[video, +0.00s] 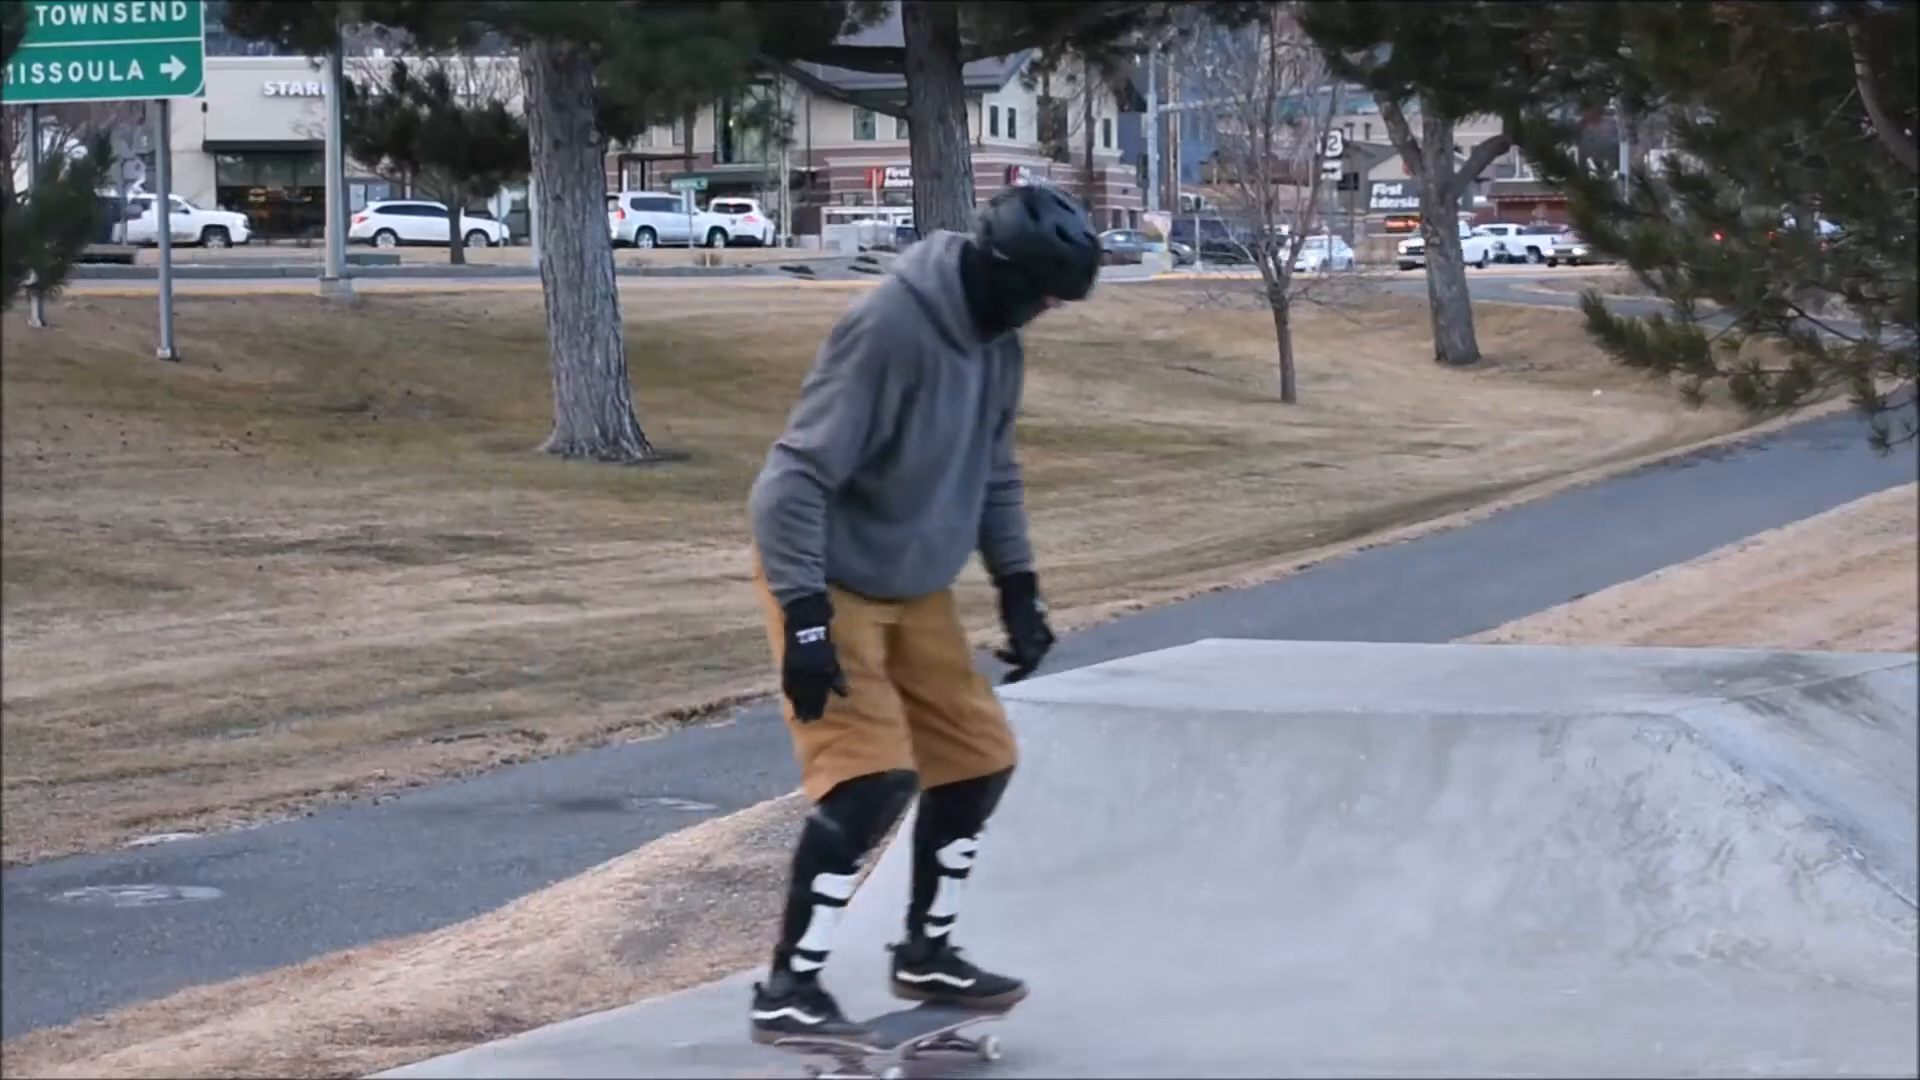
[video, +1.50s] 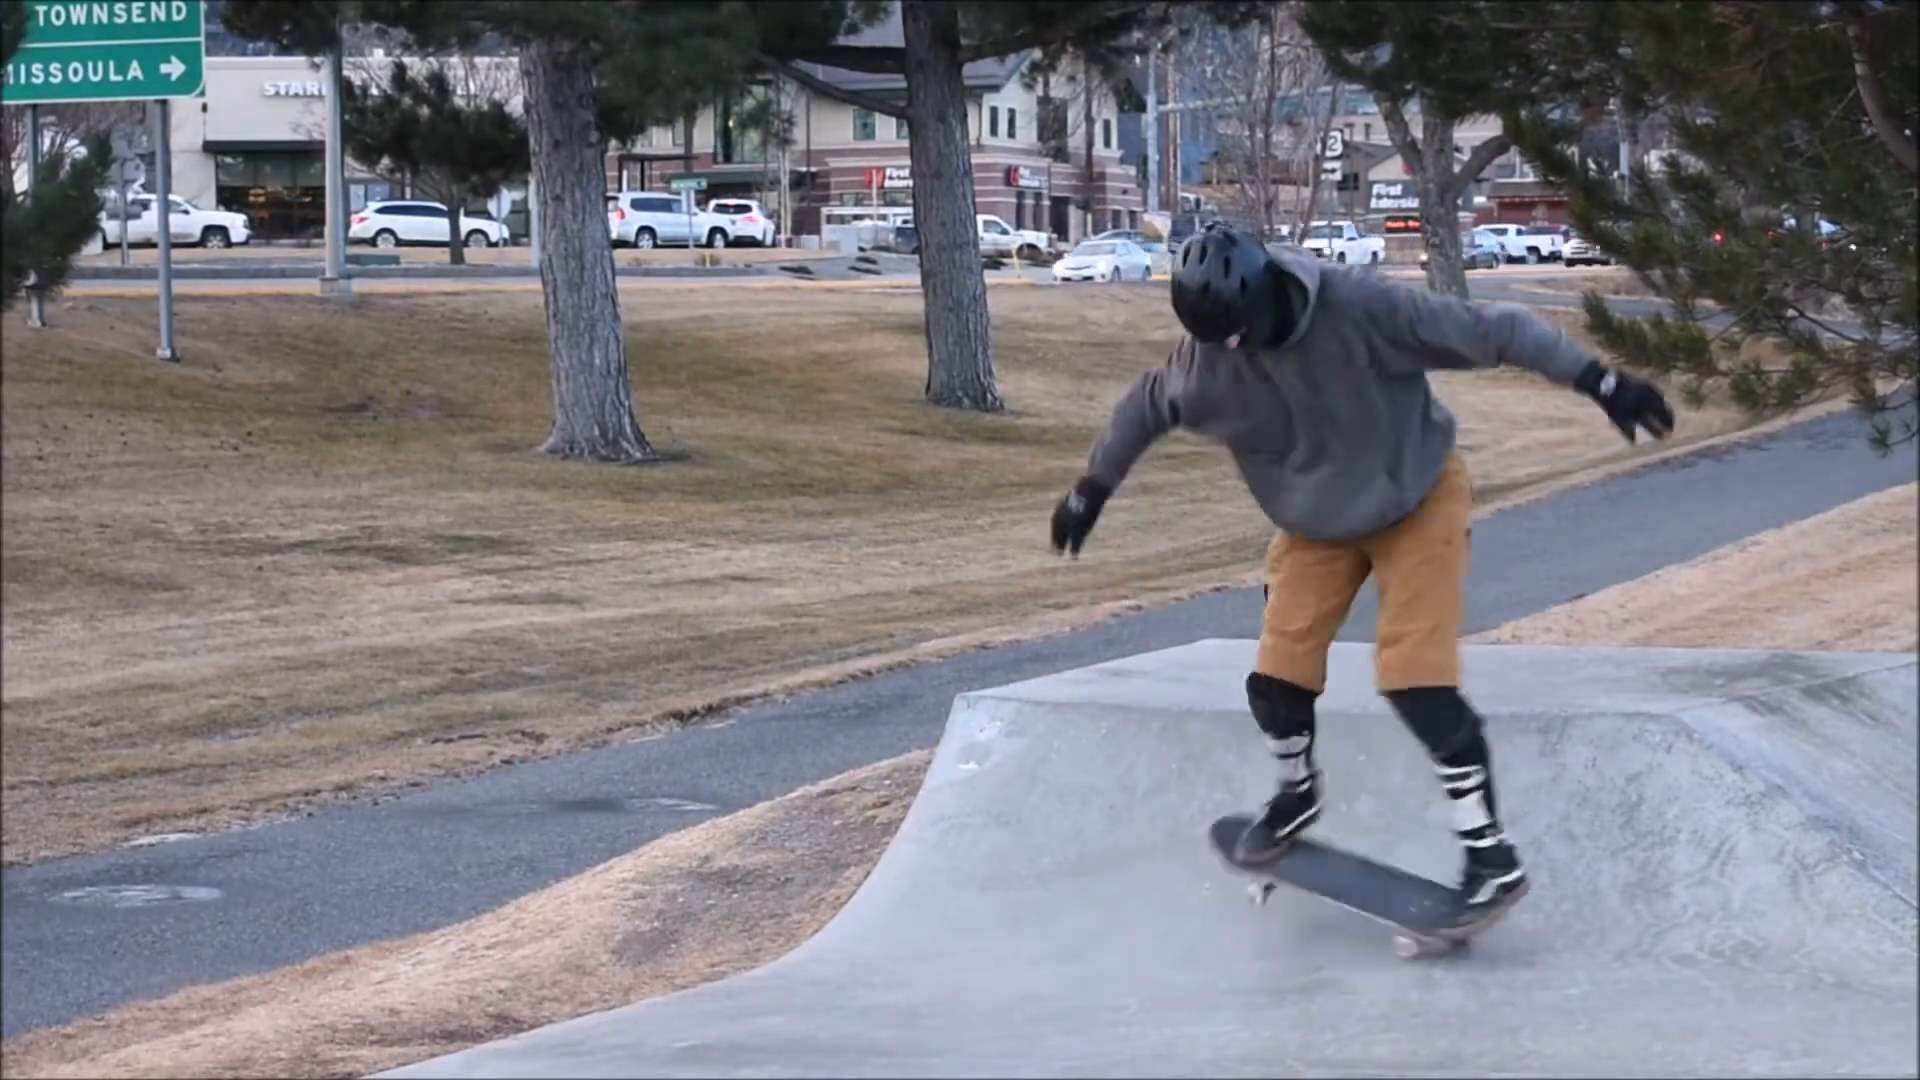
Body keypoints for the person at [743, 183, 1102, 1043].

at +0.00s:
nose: (1041, 313)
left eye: (1050, 301)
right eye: (1041, 296)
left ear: (1024, 275)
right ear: (1004, 268)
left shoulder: (996, 340)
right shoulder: (887, 327)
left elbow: (994, 473)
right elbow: (792, 478)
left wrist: (1018, 586)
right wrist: (805, 622)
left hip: (918, 587)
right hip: (832, 588)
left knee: (974, 764)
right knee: (870, 777)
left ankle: (923, 951)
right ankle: (788, 985)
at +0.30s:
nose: (1148, 437)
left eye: (1158, 427)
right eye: (1143, 422)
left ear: (1166, 401)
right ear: (1110, 384)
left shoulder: (1138, 418)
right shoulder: (1012, 417)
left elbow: (1166, 514)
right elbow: (905, 549)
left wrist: (1219, 614)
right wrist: (920, 678)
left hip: (1052, 610)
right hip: (959, 605)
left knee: (1138, 756)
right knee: (1041, 767)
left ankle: (1062, 916)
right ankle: (938, 945)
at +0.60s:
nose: (1198, 461)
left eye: (1214, 451)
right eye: (1186, 448)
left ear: (1243, 424)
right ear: (1161, 412)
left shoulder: (1265, 438)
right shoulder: (1102, 435)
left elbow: (1324, 564)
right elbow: (995, 512)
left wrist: (1276, 524)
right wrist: (957, 615)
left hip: (1187, 598)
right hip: (1085, 594)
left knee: (1266, 756)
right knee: (1170, 748)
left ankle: (1181, 886)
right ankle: (1069, 916)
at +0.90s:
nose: (1204, 379)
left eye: (1217, 369)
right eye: (1191, 368)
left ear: (1254, 336)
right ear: (1172, 334)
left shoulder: (1318, 340)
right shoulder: (1148, 329)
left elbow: (1448, 386)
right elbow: (1059, 331)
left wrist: (1529, 470)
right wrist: (975, 356)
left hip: (1317, 500)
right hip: (1208, 503)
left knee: (1366, 669)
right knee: (1187, 675)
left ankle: (1426, 808)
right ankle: (1190, 781)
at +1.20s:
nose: (1180, 423)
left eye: (1181, 408)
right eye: (1168, 416)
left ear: (1198, 367)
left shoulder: (1293, 361)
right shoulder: (1189, 407)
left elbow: (1425, 360)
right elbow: (1145, 479)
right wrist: (1134, 533)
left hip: (1410, 490)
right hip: (1333, 510)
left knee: (1328, 675)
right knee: (1258, 637)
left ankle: (1418, 830)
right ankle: (1328, 729)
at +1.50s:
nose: (1233, 343)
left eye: (1238, 327)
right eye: (1219, 334)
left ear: (1263, 294)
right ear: (1202, 322)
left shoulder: (1353, 304)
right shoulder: (1204, 367)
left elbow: (1488, 329)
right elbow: (1140, 412)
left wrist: (1600, 380)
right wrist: (1089, 493)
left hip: (1417, 491)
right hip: (1315, 517)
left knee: (1416, 680)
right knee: (1279, 683)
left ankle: (1489, 850)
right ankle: (1298, 794)